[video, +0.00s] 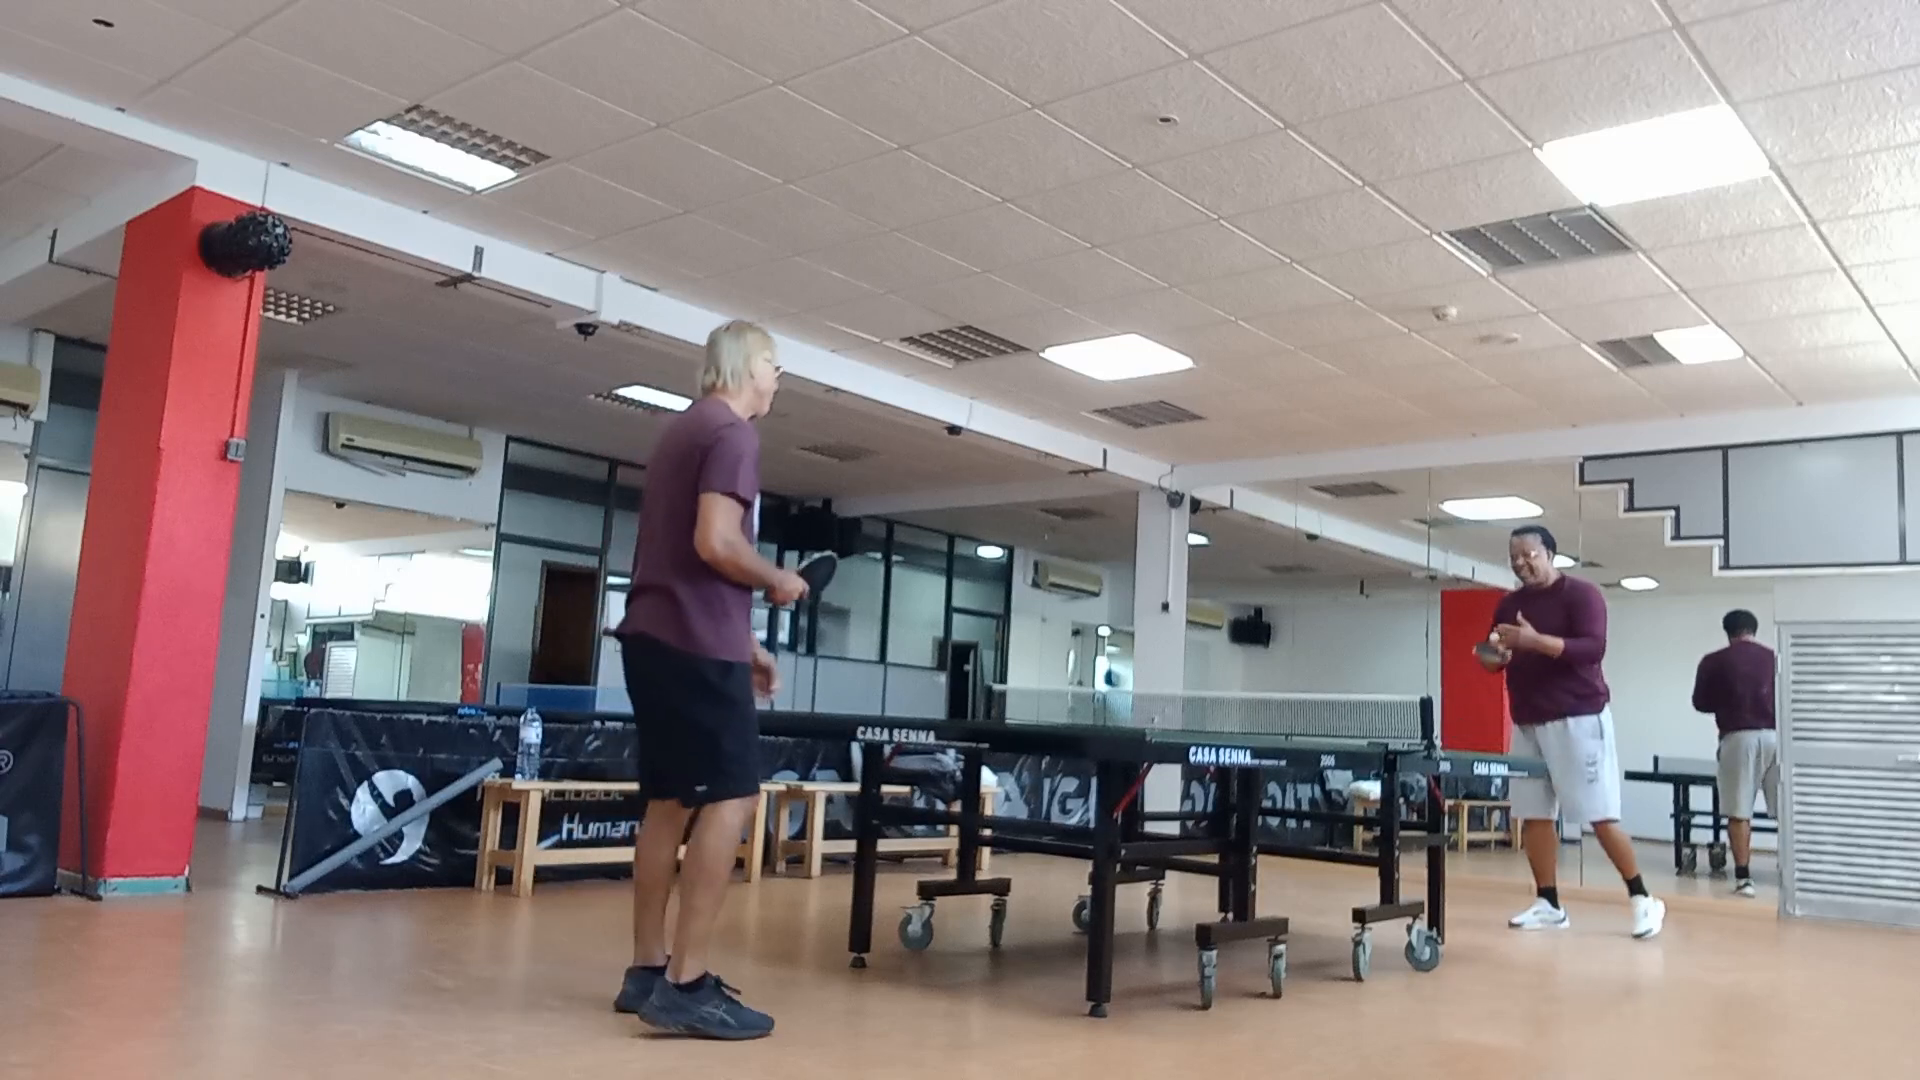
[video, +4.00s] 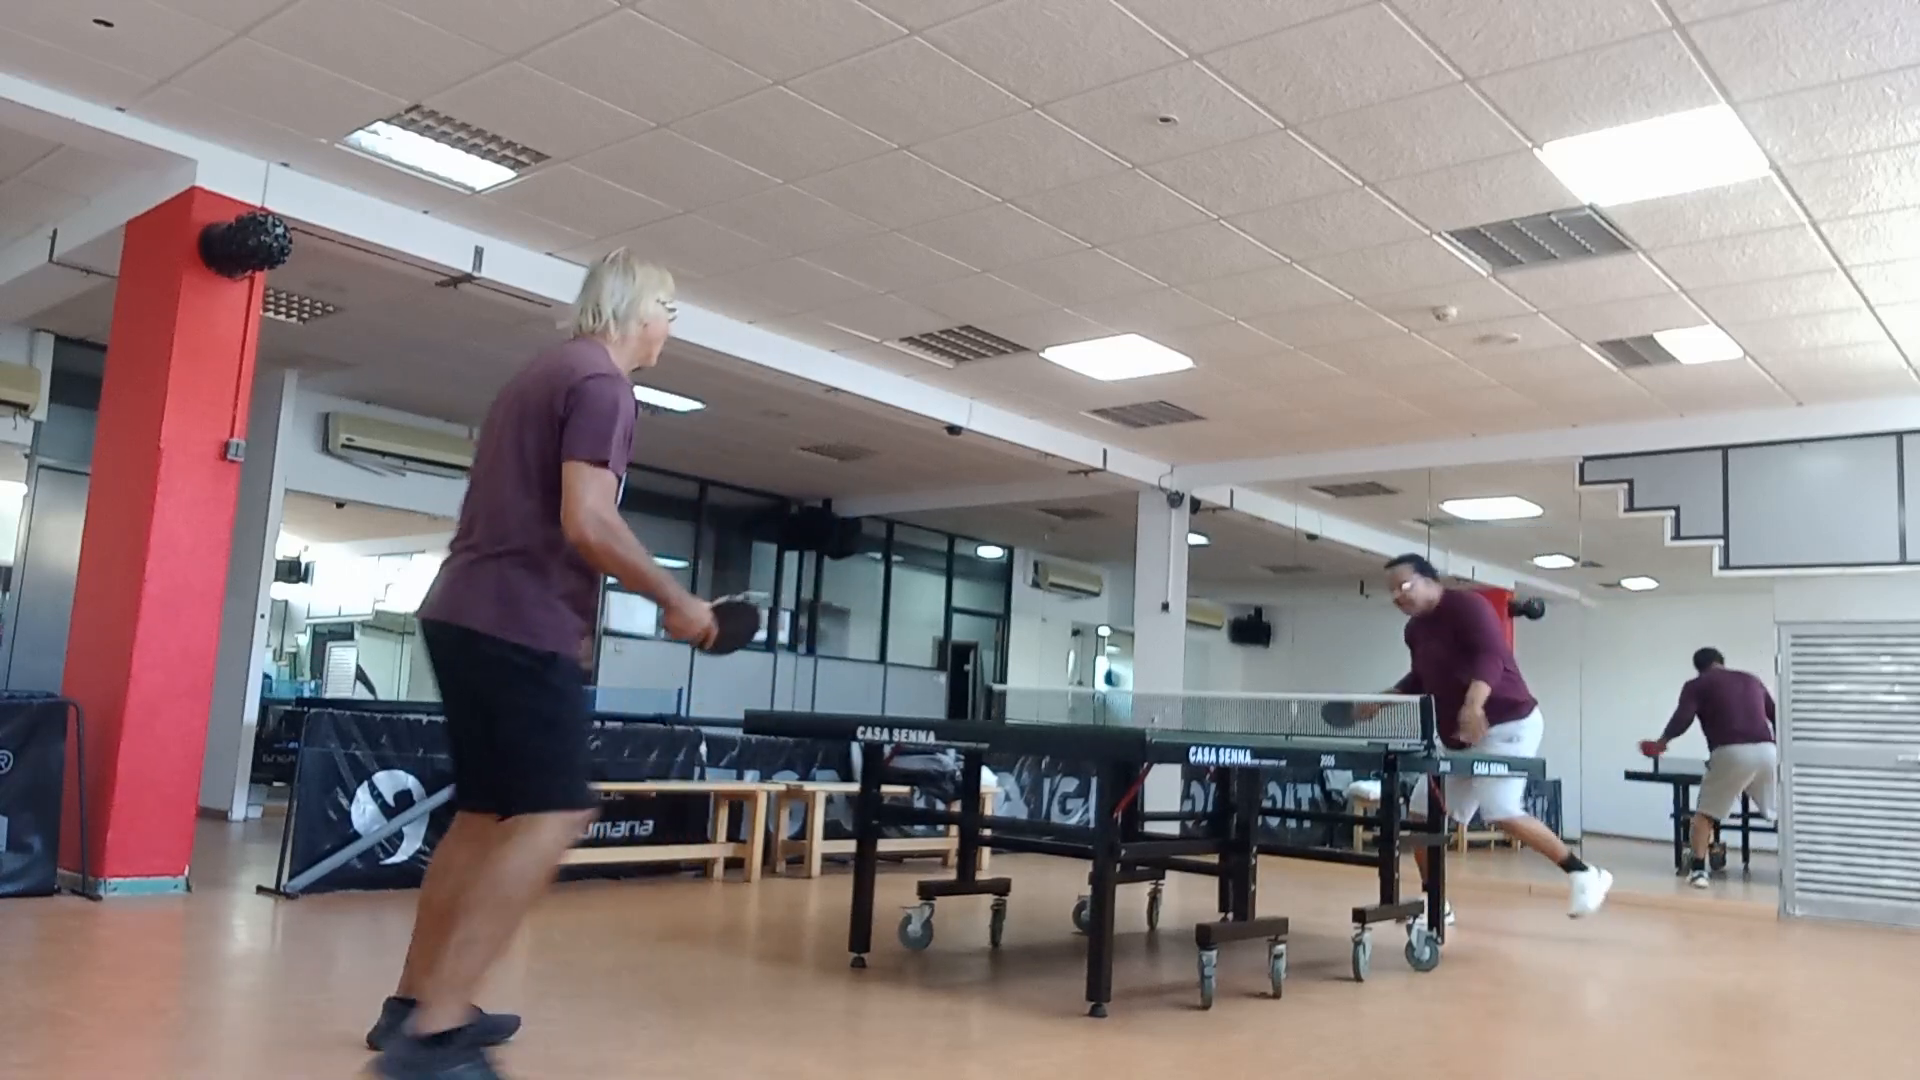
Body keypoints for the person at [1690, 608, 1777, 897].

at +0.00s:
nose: (1744, 637)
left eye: (1733, 633)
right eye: (1748, 631)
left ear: (1727, 633)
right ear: (1754, 631)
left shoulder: (1712, 661)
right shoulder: (1771, 657)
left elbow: (1700, 702)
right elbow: (1783, 694)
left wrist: (1730, 702)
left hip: (1737, 741)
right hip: (1774, 740)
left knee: (1738, 812)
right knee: (1785, 811)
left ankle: (1743, 879)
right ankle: (1794, 876)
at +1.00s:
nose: (1776, 660)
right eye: (1778, 654)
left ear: (1760, 656)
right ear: (1780, 655)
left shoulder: (1742, 677)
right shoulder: (1796, 675)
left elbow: (1717, 713)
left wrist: (1717, 753)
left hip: (1759, 748)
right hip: (1796, 748)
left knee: (1756, 814)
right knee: (1794, 814)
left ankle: (1753, 877)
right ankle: (1788, 872)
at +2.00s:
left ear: (1769, 656)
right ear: (1787, 660)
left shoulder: (1752, 673)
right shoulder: (1794, 681)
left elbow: (1735, 694)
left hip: (1751, 748)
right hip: (1783, 748)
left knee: (1740, 811)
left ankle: (1736, 865)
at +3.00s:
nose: (1772, 663)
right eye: (1775, 658)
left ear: (1755, 657)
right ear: (1776, 658)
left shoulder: (1737, 679)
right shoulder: (1783, 677)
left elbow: (1742, 714)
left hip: (1744, 752)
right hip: (1779, 750)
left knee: (1730, 816)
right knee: (1800, 815)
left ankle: (1706, 870)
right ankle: (1804, 874)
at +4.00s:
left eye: (1699, 670)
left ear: (1698, 668)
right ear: (1722, 662)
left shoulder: (1696, 685)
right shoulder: (1751, 680)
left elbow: (1683, 718)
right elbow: (1777, 716)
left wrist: (1662, 742)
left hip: (1731, 754)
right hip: (1768, 752)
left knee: (1704, 815)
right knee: (1781, 813)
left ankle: (1699, 870)